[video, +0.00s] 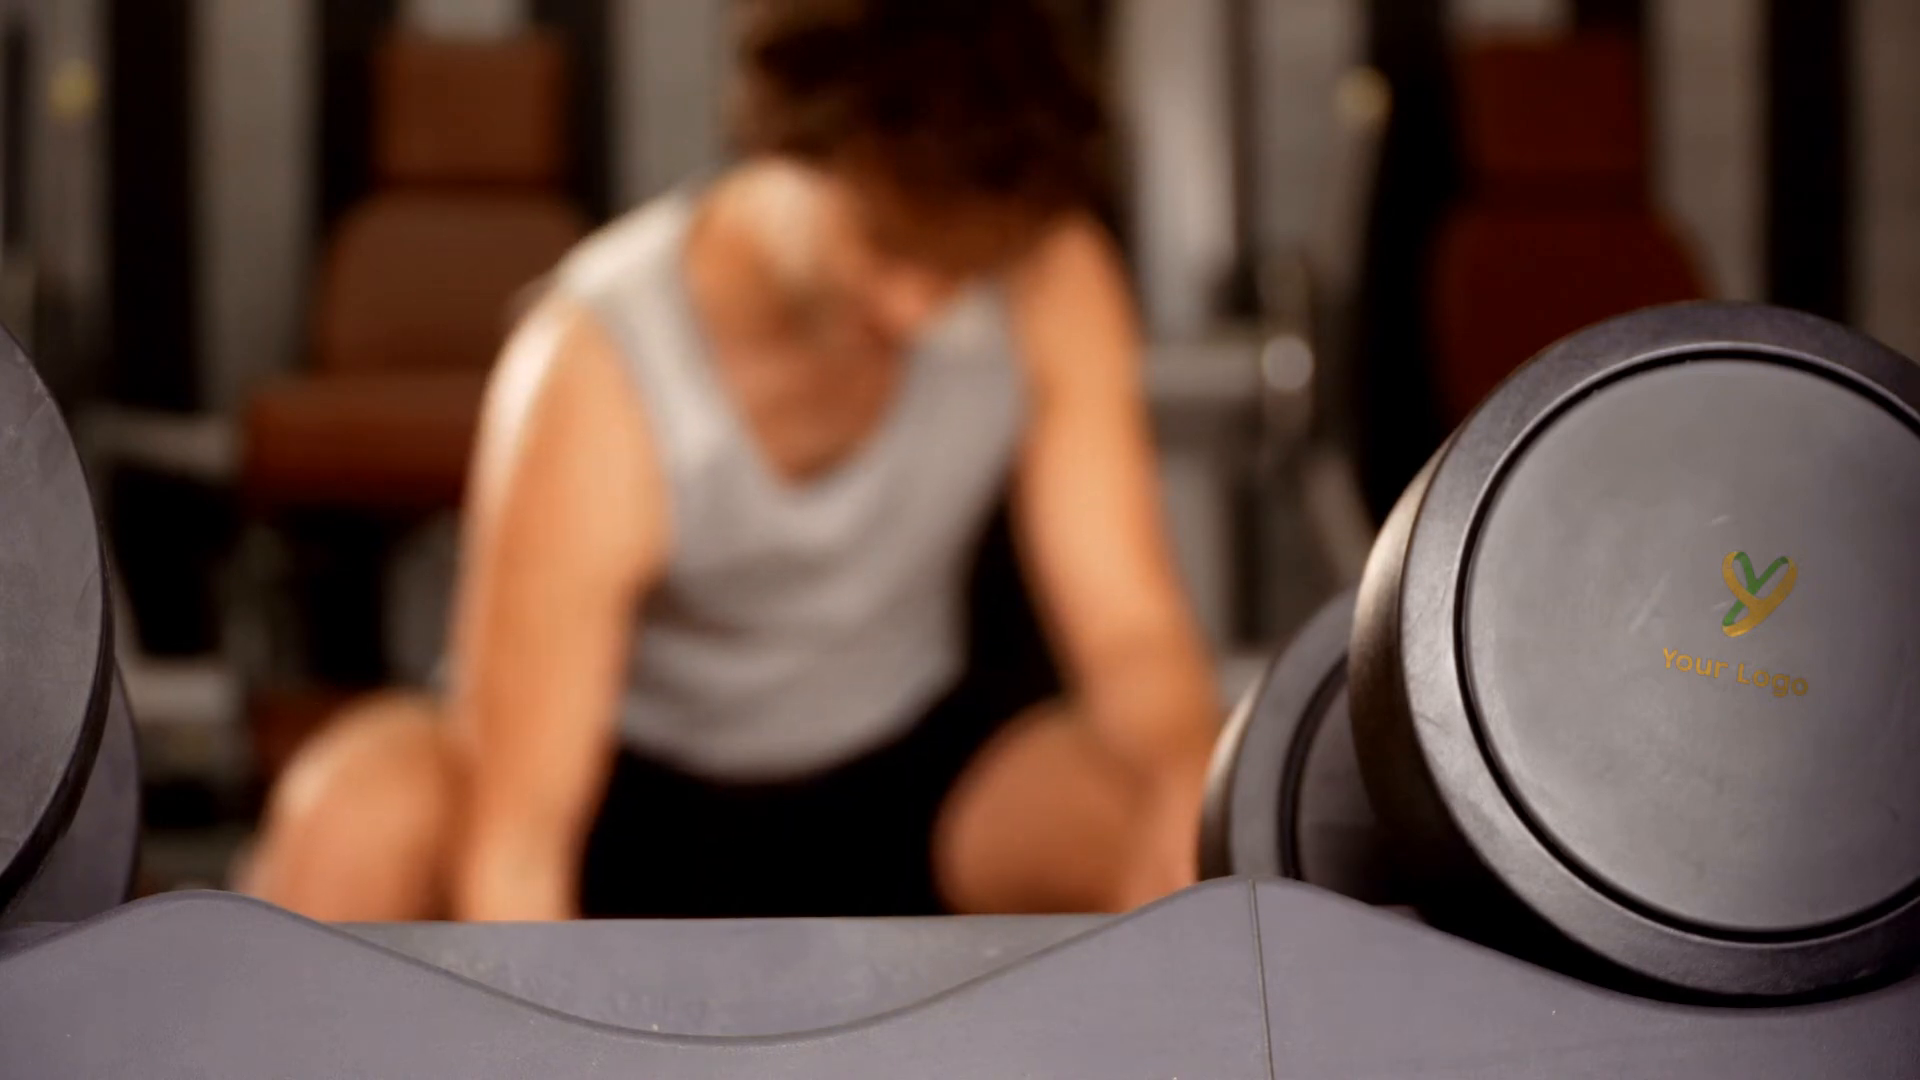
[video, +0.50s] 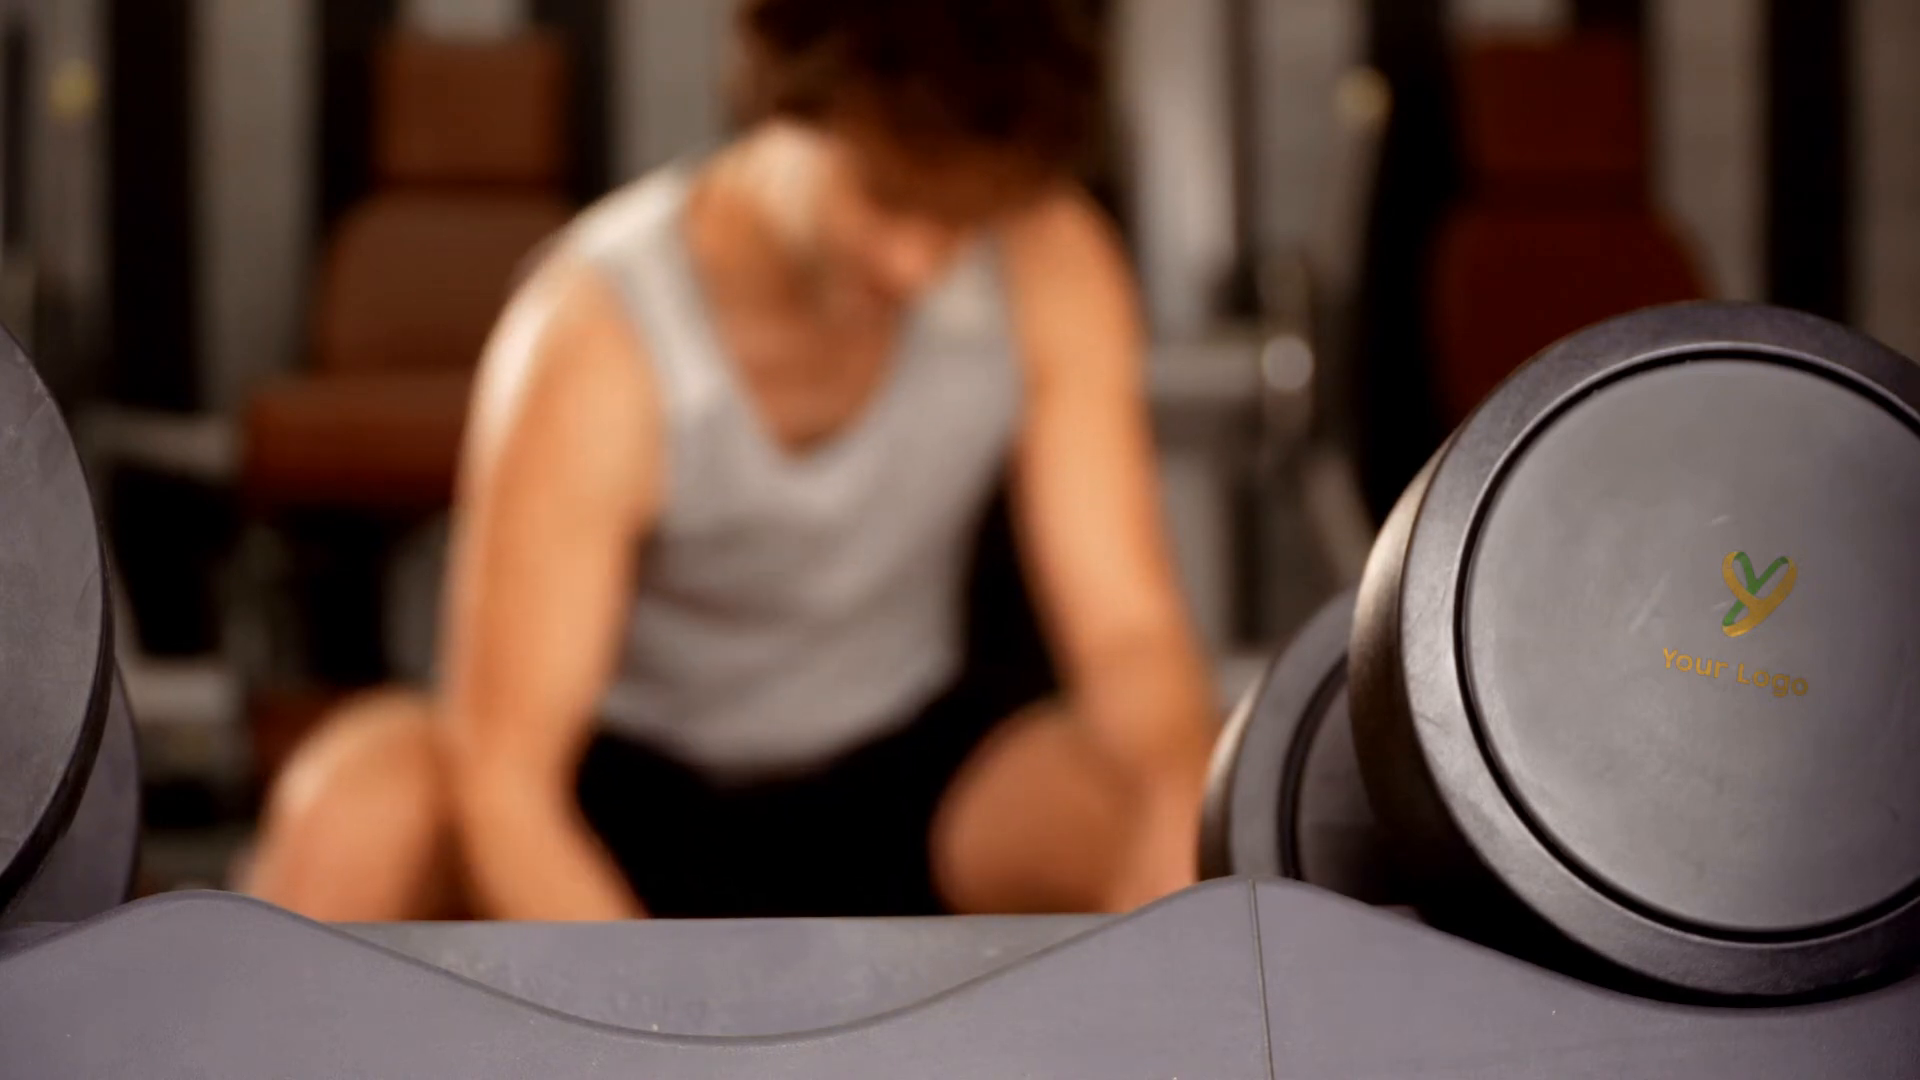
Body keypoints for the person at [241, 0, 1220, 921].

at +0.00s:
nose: (917, 311)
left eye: (968, 267)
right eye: (888, 249)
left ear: (1023, 224)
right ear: (796, 152)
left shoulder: (1044, 269)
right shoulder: (591, 365)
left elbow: (1133, 644)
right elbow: (521, 832)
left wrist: (1203, 843)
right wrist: (531, 1079)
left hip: (900, 785)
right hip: (622, 801)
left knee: (1192, 811)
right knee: (355, 798)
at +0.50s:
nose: (919, 264)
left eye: (970, 220)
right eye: (888, 202)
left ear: (1015, 174)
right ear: (793, 115)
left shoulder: (1044, 254)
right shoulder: (595, 327)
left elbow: (1128, 639)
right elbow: (503, 778)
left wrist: (1183, 863)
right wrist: (662, 1032)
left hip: (898, 780)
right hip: (627, 794)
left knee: (1187, 808)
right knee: (354, 789)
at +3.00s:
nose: (876, 225)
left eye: (927, 178)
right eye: (840, 162)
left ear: (989, 148)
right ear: (750, 86)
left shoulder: (1034, 259)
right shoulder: (566, 344)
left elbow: (1123, 641)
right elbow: (533, 804)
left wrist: (1147, 859)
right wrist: (558, 1066)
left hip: (894, 786)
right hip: (618, 798)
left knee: (1167, 801)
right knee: (364, 804)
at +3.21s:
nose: (882, 257)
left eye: (934, 210)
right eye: (847, 190)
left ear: (998, 185)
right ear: (761, 129)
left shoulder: (1035, 267)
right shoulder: (571, 359)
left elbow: (1114, 653)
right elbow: (516, 805)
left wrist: (1111, 862)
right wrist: (529, 1068)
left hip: (887, 789)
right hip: (612, 801)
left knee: (1148, 812)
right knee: (349, 797)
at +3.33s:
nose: (895, 328)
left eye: (949, 281)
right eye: (858, 263)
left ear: (1014, 265)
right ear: (766, 204)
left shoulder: (1045, 282)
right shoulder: (582, 397)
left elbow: (1101, 662)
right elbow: (507, 832)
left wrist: (998, 832)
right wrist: (521, 1076)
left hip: (893, 784)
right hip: (612, 794)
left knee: (1137, 830)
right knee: (343, 805)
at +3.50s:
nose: (917, 354)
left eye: (969, 308)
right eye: (877, 289)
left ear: (1038, 291)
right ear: (787, 240)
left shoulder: (1080, 298)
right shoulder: (612, 397)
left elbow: (1112, 652)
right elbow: (510, 823)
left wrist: (945, 833)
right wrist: (542, 1072)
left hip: (887, 742)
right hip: (592, 743)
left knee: (1127, 848)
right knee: (335, 821)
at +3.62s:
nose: (918, 256)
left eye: (971, 208)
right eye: (876, 190)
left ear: (1041, 198)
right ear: (785, 146)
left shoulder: (1094, 254)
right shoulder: (615, 299)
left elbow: (1099, 643)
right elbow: (506, 740)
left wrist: (899, 928)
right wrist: (537, 1039)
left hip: (880, 672)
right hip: (579, 674)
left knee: (1117, 846)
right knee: (348, 802)